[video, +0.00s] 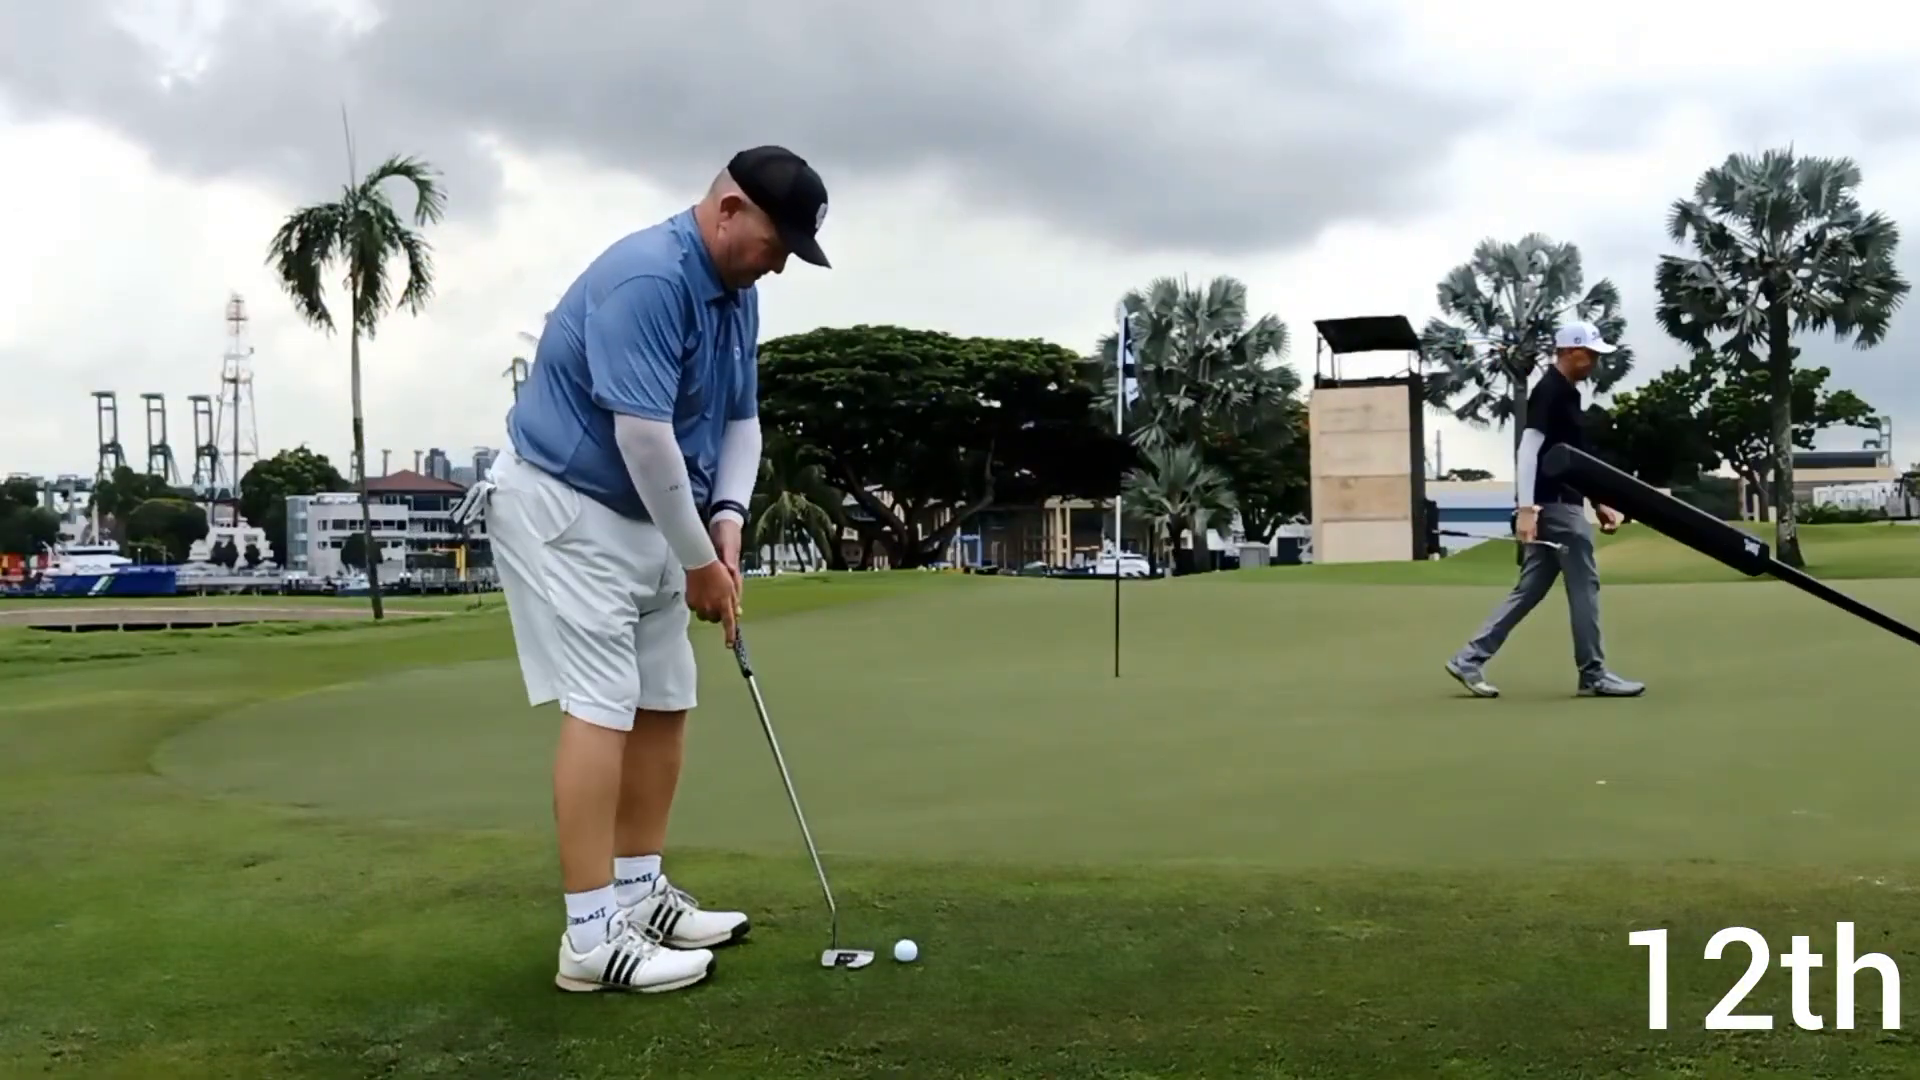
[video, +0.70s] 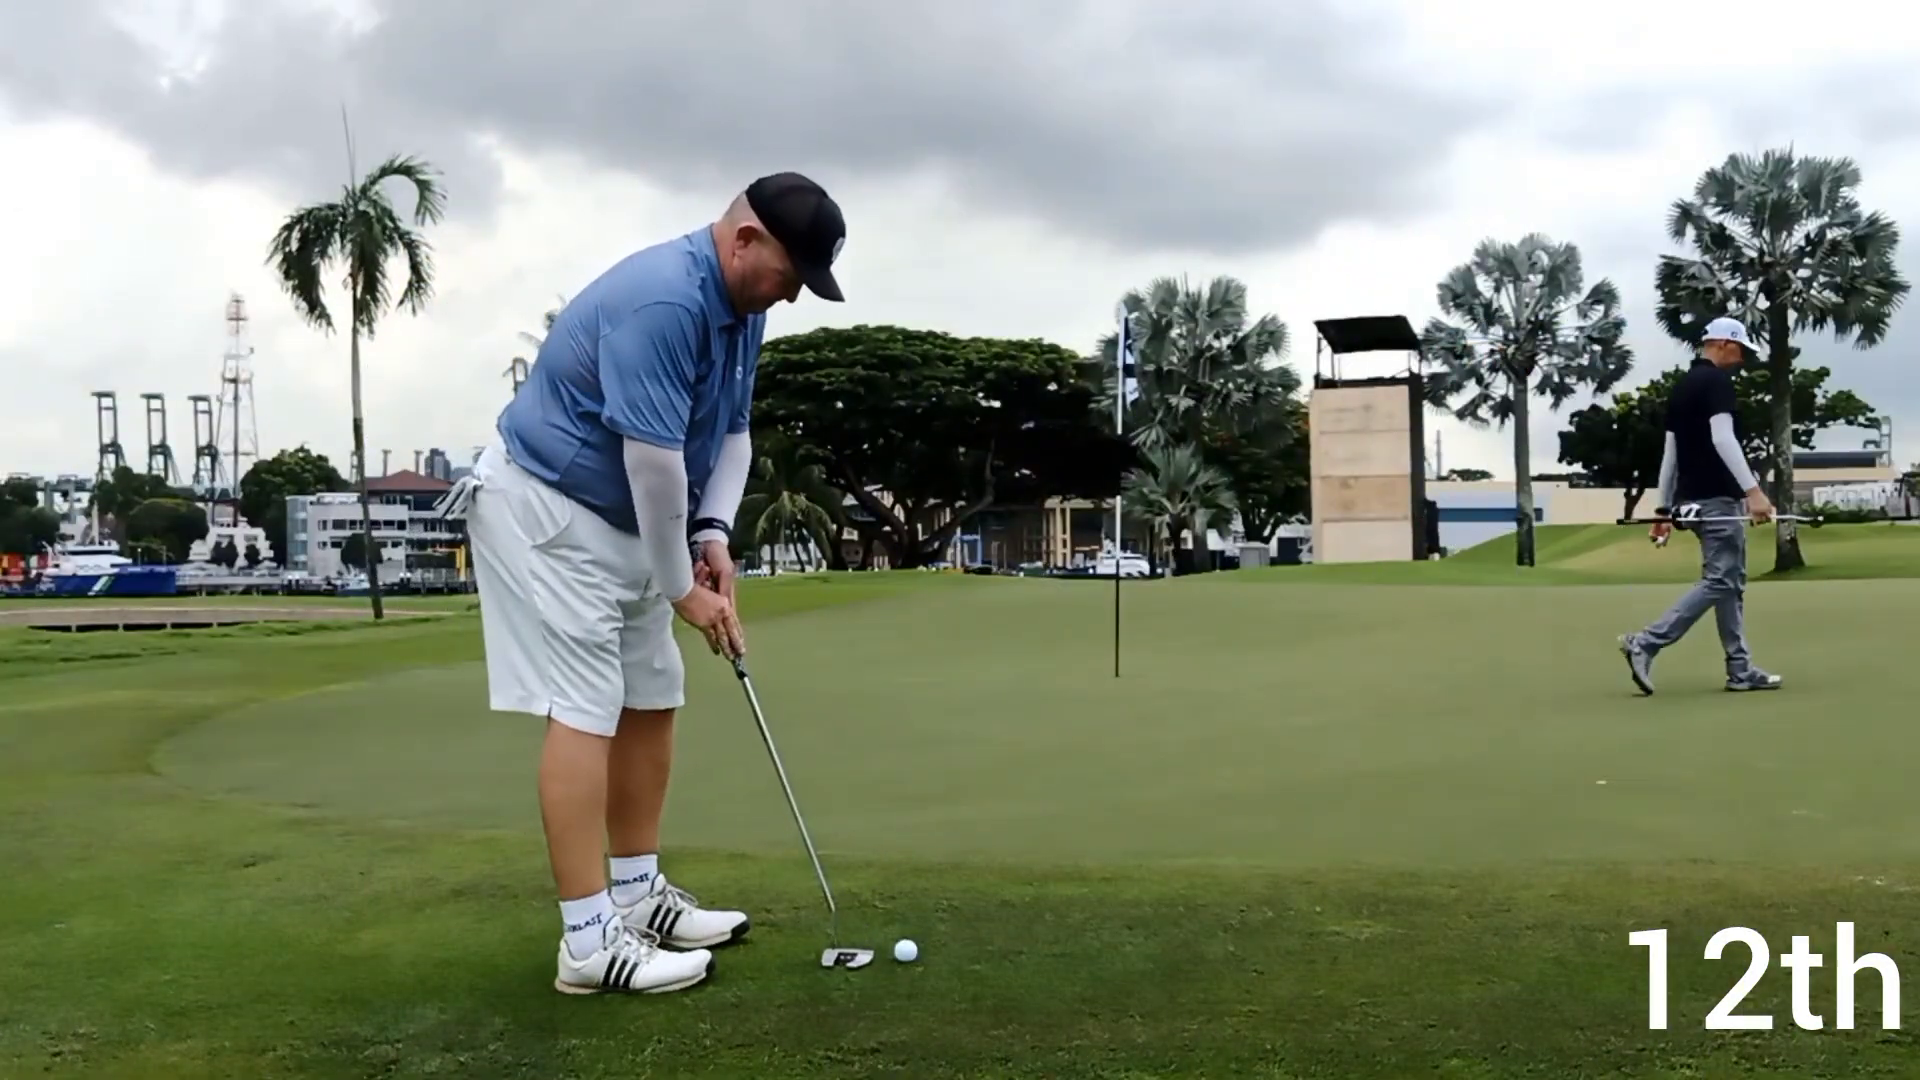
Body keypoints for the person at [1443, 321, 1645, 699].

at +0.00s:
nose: (1593, 363)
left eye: (1595, 356)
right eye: (1588, 355)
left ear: (1579, 356)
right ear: (1568, 352)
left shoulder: (1568, 391)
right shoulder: (1550, 388)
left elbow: (1575, 454)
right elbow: (1529, 448)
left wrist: (1599, 502)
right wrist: (1527, 508)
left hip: (1556, 507)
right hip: (1560, 507)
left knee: (1530, 590)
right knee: (1585, 586)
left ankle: (1468, 660)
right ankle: (1592, 673)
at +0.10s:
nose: (1617, 360)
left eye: (1618, 353)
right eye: (1614, 353)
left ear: (1595, 350)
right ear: (1596, 350)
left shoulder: (1581, 383)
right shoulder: (1578, 385)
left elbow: (1575, 449)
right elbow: (1568, 447)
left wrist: (1590, 507)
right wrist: (1565, 506)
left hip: (1579, 502)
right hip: (1584, 504)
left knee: (1575, 586)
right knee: (1600, 585)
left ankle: (1505, 642)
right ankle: (1595, 672)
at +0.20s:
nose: (1640, 357)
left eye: (1642, 351)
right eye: (1636, 349)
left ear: (1615, 347)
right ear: (1617, 345)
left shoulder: (1596, 378)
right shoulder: (1601, 381)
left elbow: (1594, 443)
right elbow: (1595, 442)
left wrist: (1617, 499)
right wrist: (1606, 501)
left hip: (1606, 496)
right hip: (1601, 498)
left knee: (1626, 576)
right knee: (1606, 582)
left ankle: (1556, 638)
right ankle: (1595, 670)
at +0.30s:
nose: (1659, 356)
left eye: (1660, 349)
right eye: (1657, 348)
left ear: (1633, 343)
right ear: (1638, 342)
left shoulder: (1604, 377)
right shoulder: (1624, 379)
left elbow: (1583, 438)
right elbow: (1623, 438)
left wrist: (1573, 489)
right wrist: (1649, 492)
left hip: (1623, 496)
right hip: (1621, 497)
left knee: (1658, 569)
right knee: (1614, 583)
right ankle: (1597, 670)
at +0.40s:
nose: (1679, 359)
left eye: (1681, 352)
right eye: (1677, 351)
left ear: (1650, 346)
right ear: (1656, 344)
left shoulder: (1616, 379)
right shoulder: (1647, 380)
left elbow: (1595, 440)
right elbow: (1654, 438)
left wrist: (1576, 492)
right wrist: (1688, 490)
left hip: (1641, 502)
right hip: (1642, 503)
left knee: (1676, 576)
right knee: (1623, 588)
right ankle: (1597, 670)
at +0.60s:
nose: (1722, 361)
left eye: (1723, 355)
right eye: (1719, 354)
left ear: (1693, 349)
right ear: (1703, 348)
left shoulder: (1660, 389)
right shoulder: (1694, 384)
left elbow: (1641, 452)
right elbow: (1704, 441)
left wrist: (1621, 505)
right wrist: (1739, 489)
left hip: (1682, 507)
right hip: (1692, 508)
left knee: (1717, 587)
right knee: (1665, 586)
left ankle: (1739, 668)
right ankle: (1611, 659)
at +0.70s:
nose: (1741, 357)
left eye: (1741, 351)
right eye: (1738, 350)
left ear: (1712, 346)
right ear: (1723, 345)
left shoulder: (1685, 384)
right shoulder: (1715, 380)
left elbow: (1672, 451)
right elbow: (1724, 439)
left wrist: (1664, 507)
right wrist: (1753, 491)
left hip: (1701, 498)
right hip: (1720, 498)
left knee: (1730, 583)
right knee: (1720, 582)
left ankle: (1740, 669)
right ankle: (1644, 644)